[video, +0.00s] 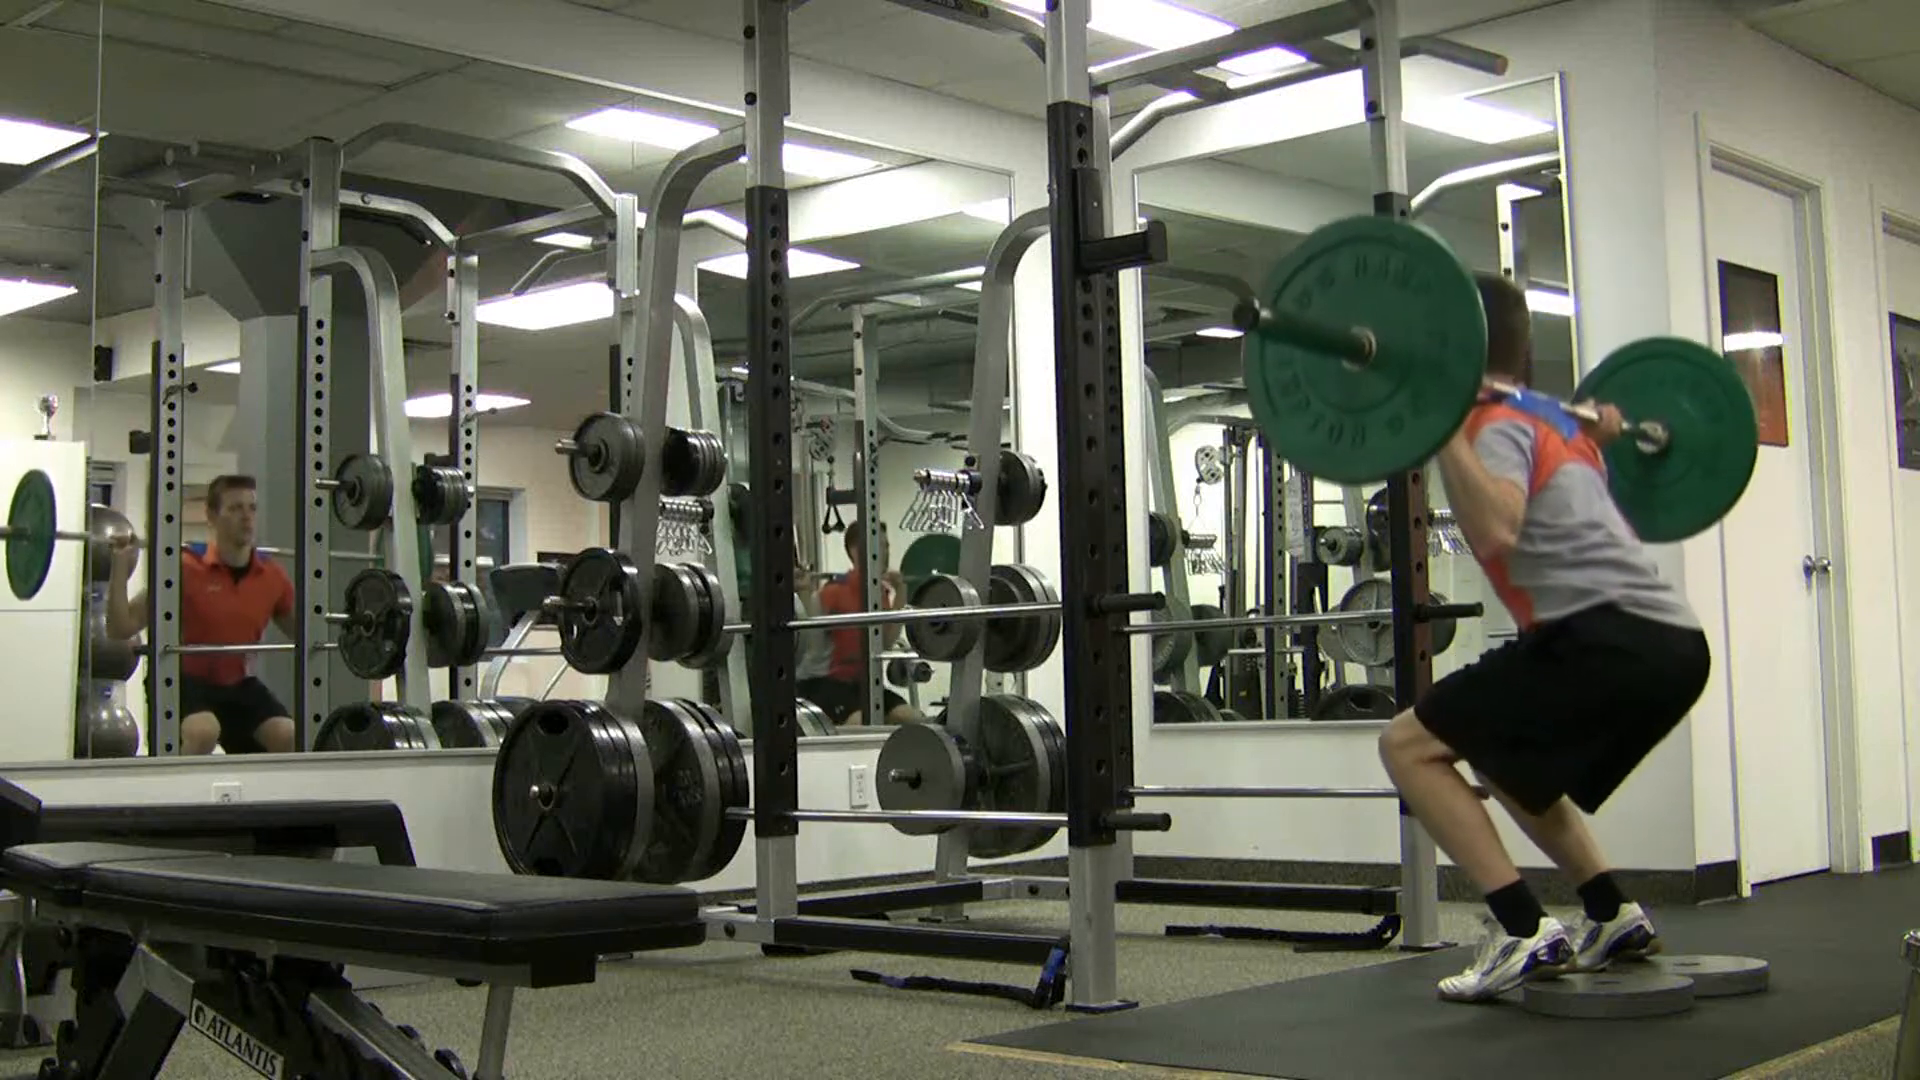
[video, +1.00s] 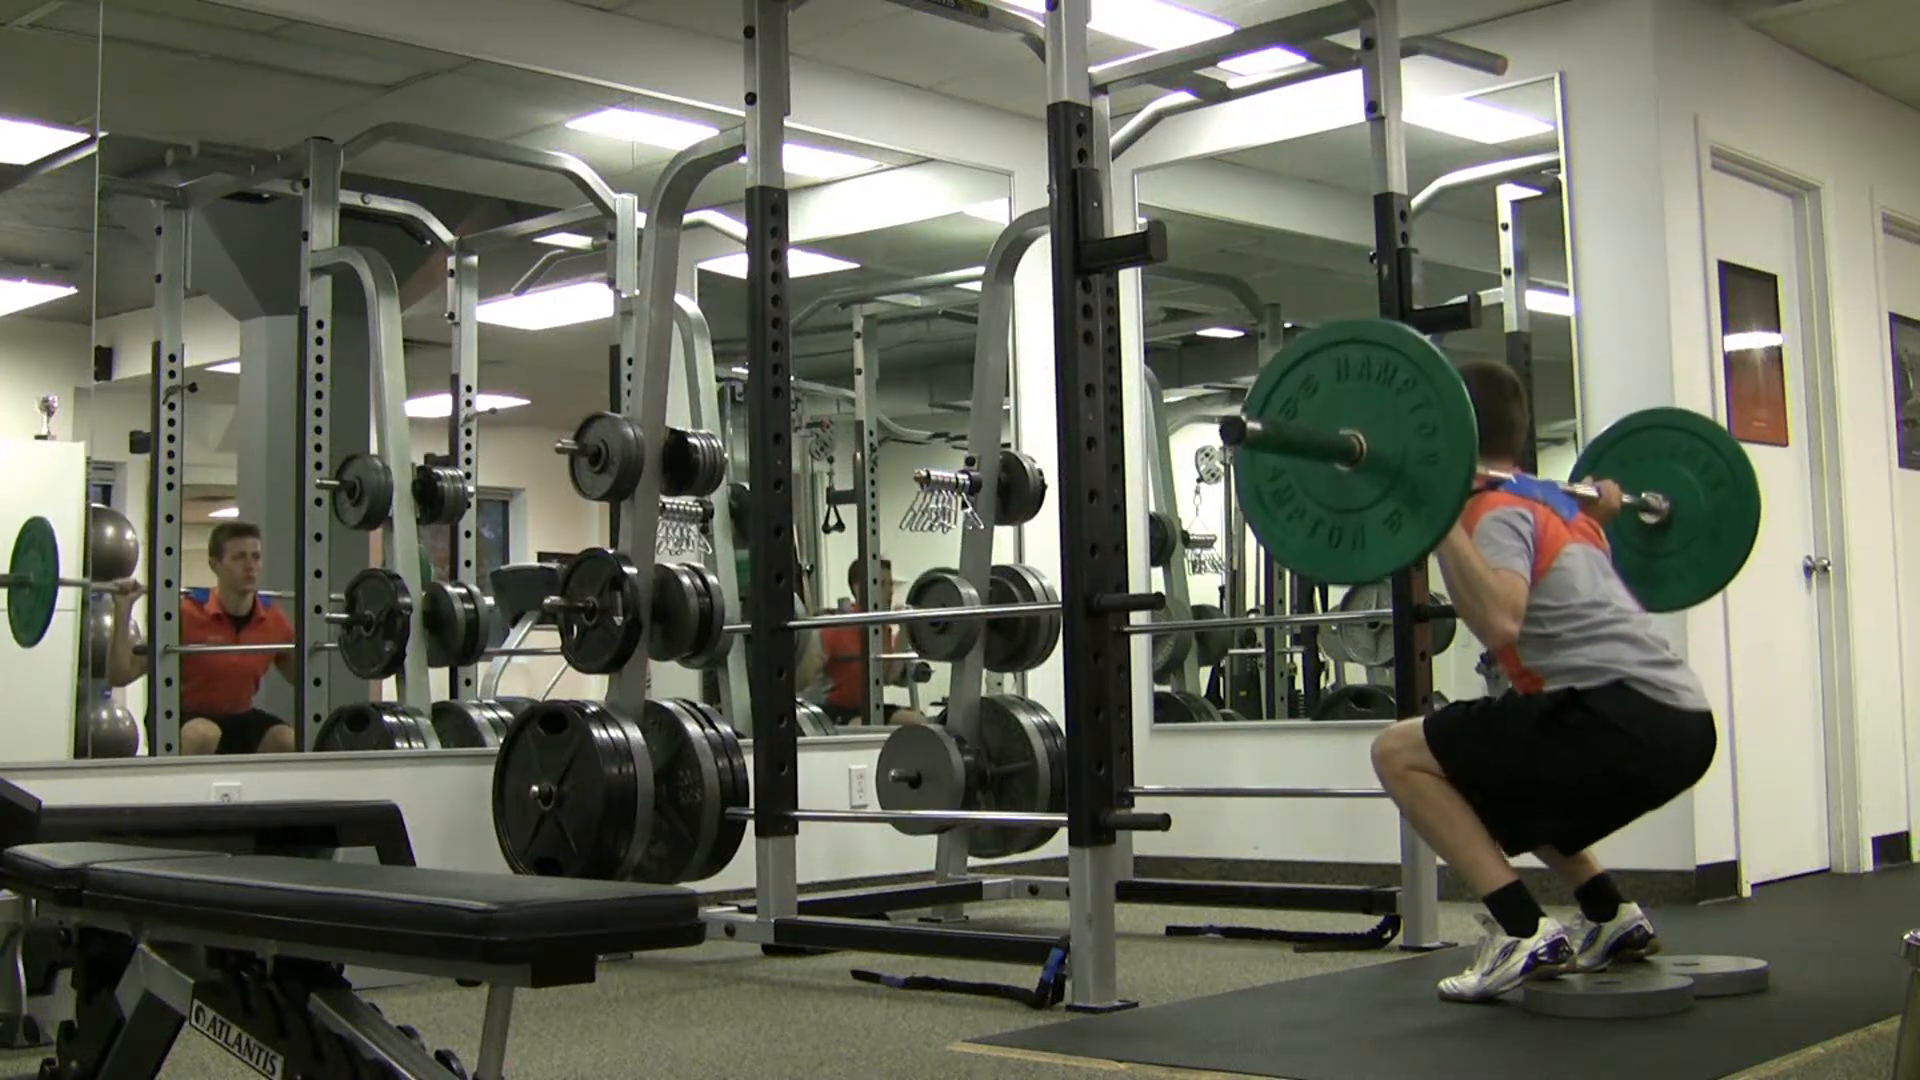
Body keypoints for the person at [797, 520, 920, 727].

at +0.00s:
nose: (880, 553)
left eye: (884, 546)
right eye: (870, 546)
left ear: (888, 549)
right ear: (853, 552)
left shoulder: (881, 593)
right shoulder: (832, 593)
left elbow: (887, 642)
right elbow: (815, 642)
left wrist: (900, 594)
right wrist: (804, 595)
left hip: (869, 684)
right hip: (831, 683)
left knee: (912, 719)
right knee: (860, 719)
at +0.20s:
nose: (884, 568)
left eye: (887, 561)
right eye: (876, 561)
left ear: (891, 564)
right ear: (855, 566)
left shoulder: (885, 607)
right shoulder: (835, 605)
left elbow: (891, 650)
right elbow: (815, 651)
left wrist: (901, 606)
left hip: (871, 692)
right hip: (835, 692)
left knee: (914, 719)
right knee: (864, 724)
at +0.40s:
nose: (886, 581)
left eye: (889, 574)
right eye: (879, 574)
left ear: (892, 576)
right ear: (856, 579)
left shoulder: (883, 618)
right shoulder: (835, 617)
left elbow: (896, 674)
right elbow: (808, 667)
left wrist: (900, 620)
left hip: (872, 701)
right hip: (836, 703)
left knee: (916, 719)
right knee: (862, 726)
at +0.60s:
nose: (887, 591)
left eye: (889, 585)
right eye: (878, 584)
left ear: (892, 586)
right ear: (857, 588)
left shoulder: (883, 627)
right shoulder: (836, 625)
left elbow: (888, 676)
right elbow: (808, 674)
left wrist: (904, 631)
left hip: (872, 707)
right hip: (837, 708)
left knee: (918, 721)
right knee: (862, 729)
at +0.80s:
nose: (889, 595)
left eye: (890, 588)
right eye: (881, 589)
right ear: (858, 592)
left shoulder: (884, 632)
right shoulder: (834, 630)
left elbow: (888, 680)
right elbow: (808, 677)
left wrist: (904, 635)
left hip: (872, 708)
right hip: (836, 710)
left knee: (917, 722)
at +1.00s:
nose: (889, 591)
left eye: (890, 584)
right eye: (880, 584)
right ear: (858, 588)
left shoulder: (883, 626)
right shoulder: (833, 626)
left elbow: (889, 675)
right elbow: (807, 676)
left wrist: (905, 629)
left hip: (872, 707)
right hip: (837, 708)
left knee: (917, 720)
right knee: (863, 729)